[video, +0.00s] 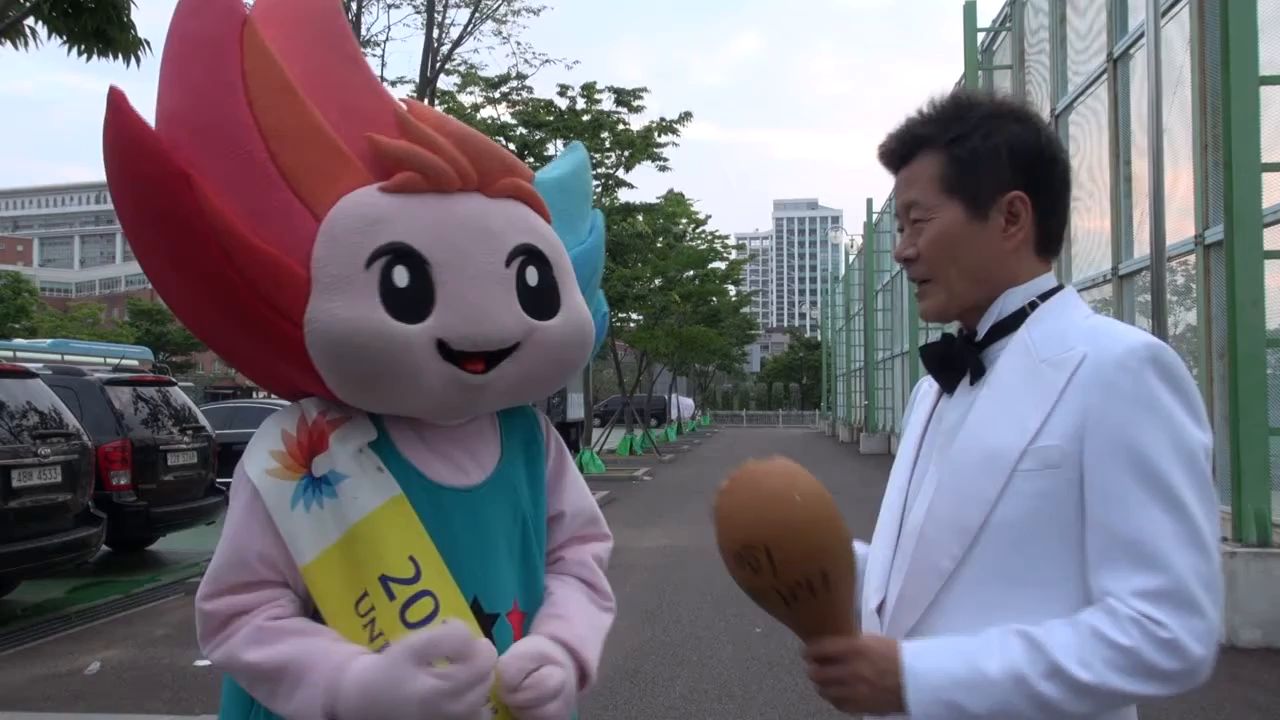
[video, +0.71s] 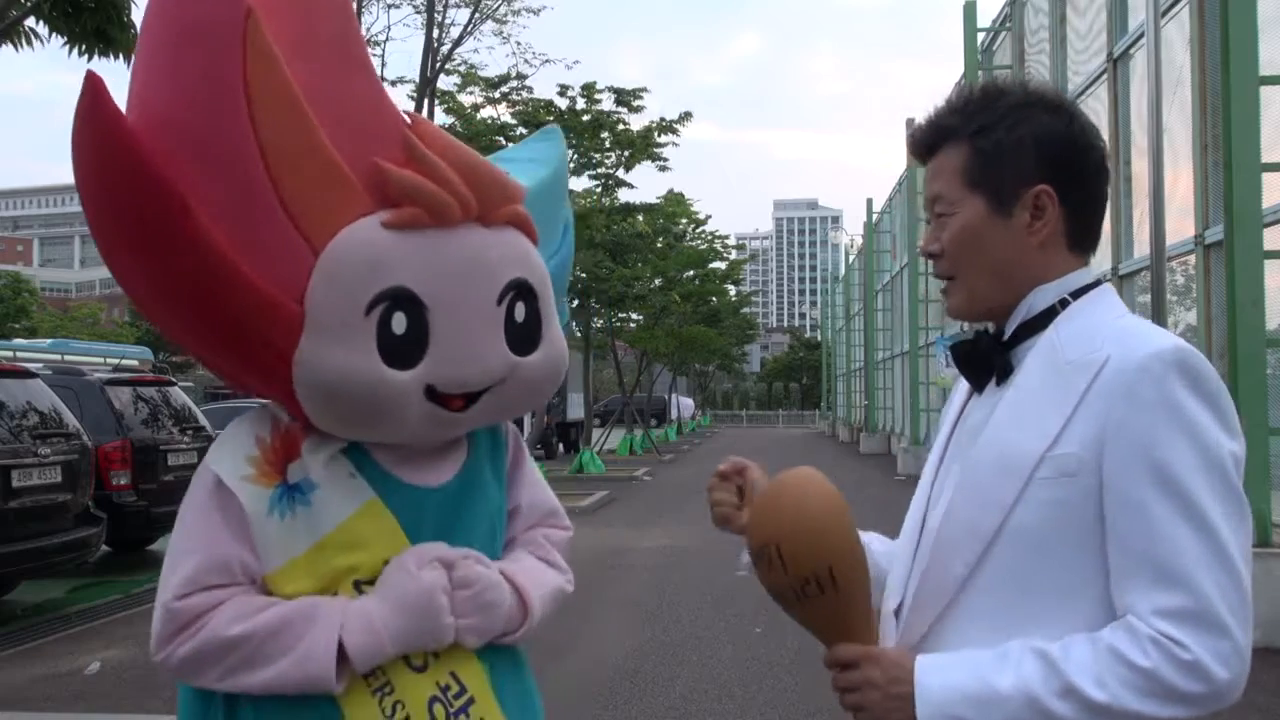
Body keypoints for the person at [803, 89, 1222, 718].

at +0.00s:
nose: (900, 252)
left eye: (917, 220)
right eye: (900, 226)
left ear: (1011, 218)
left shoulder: (1121, 368)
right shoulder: (939, 385)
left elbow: (1170, 633)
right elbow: (920, 576)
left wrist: (915, 679)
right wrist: (815, 566)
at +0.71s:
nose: (926, 245)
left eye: (944, 214)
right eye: (929, 218)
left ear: (1037, 214)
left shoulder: (1145, 370)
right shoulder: (983, 375)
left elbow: (1195, 655)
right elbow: (936, 583)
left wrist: (932, 688)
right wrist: (780, 523)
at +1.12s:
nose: (923, 254)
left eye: (932, 222)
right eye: (920, 228)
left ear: (1027, 213)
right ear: (1023, 216)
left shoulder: (1143, 373)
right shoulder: (985, 373)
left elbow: (1191, 666)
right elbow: (870, 492)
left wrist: (922, 692)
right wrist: (895, 333)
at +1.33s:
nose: (920, 266)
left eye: (931, 231)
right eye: (918, 236)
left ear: (1025, 220)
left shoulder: (1156, 381)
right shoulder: (977, 375)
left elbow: (1204, 673)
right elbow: (897, 546)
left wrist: (930, 693)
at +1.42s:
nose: (920, 275)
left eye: (931, 240)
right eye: (917, 246)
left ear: (1025, 223)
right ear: (1013, 228)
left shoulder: (1161, 384)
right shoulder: (979, 382)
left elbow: (1210, 675)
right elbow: (879, 540)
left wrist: (935, 693)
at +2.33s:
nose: (970, 214)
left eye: (995, 183)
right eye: (980, 189)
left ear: (1089, 201)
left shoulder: (1149, 374)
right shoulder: (981, 372)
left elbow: (1098, 659)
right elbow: (930, 568)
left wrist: (848, 623)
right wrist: (822, 588)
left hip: (1008, 710)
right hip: (902, 702)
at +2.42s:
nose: (975, 211)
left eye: (1002, 180)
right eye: (987, 186)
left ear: (1092, 201)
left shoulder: (1149, 374)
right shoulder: (982, 372)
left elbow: (1095, 659)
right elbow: (931, 571)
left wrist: (846, 621)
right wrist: (825, 591)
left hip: (1004, 711)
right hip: (899, 703)